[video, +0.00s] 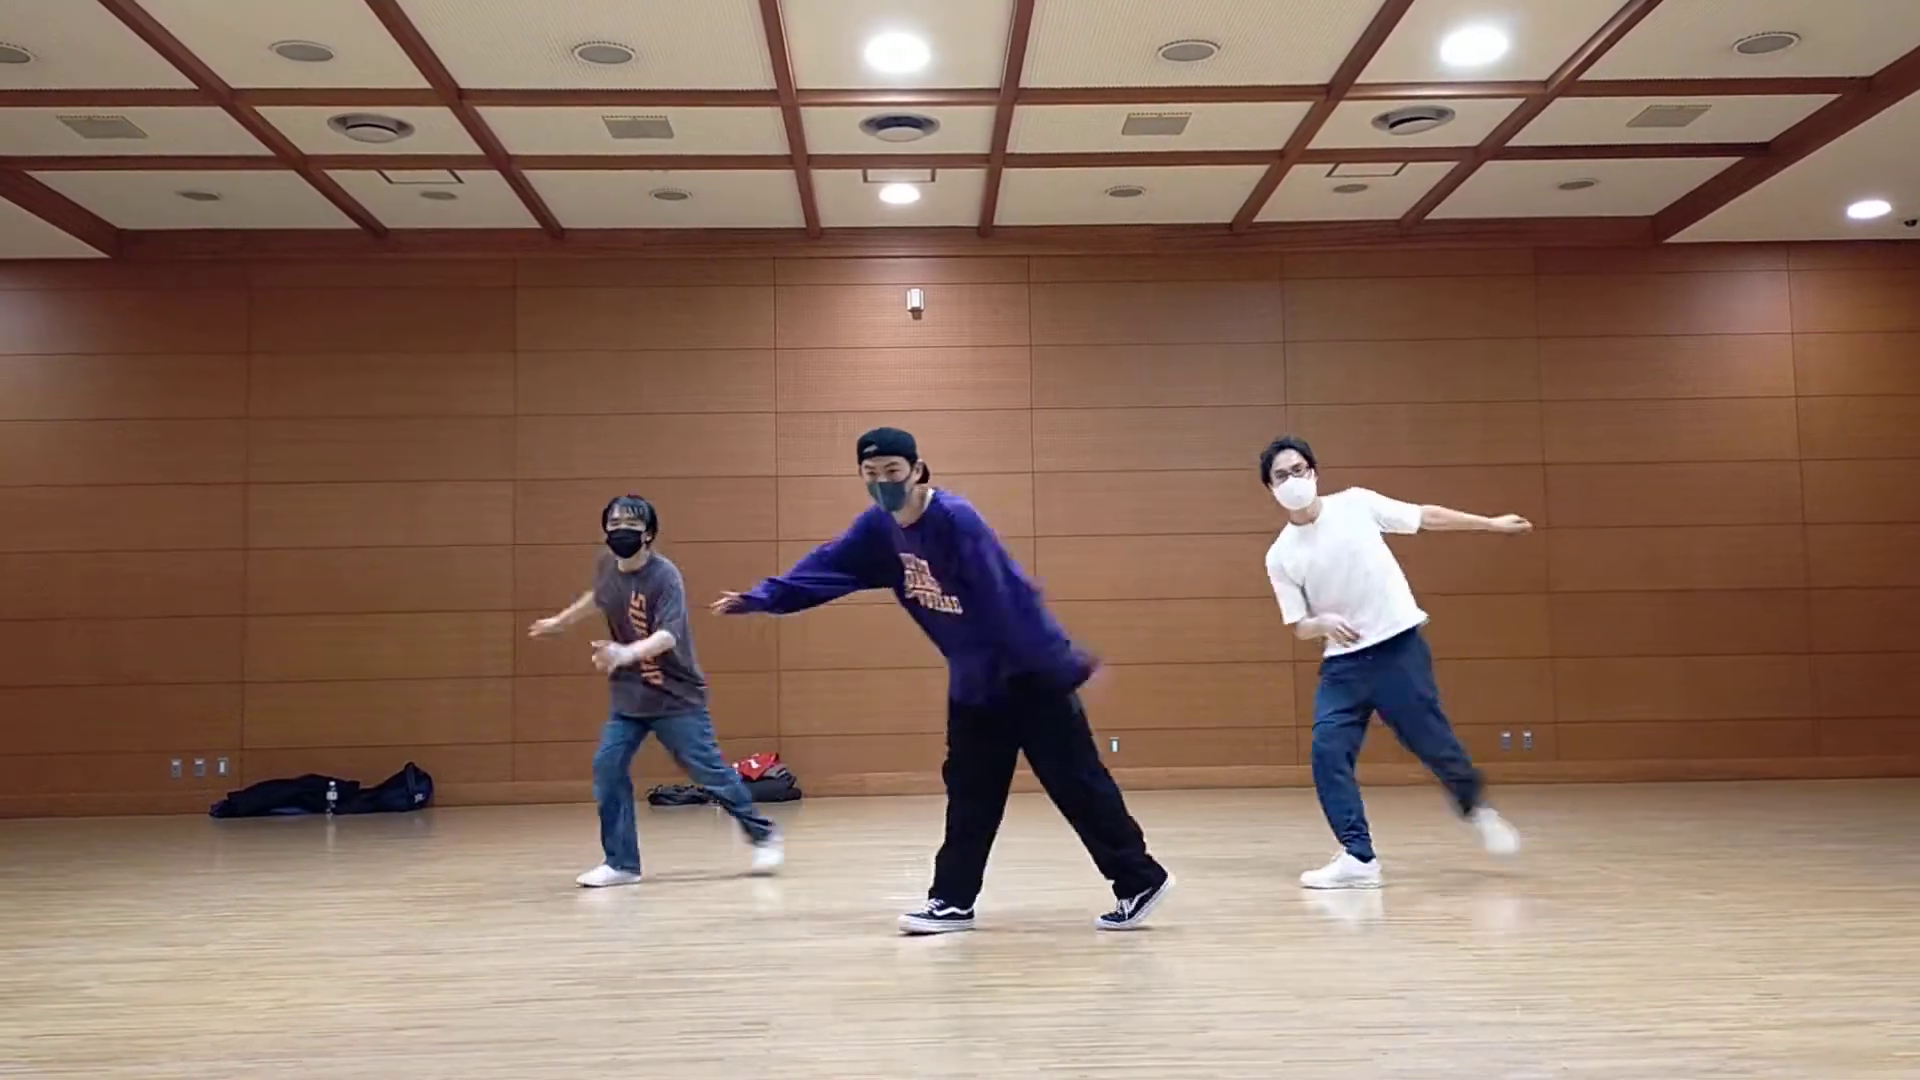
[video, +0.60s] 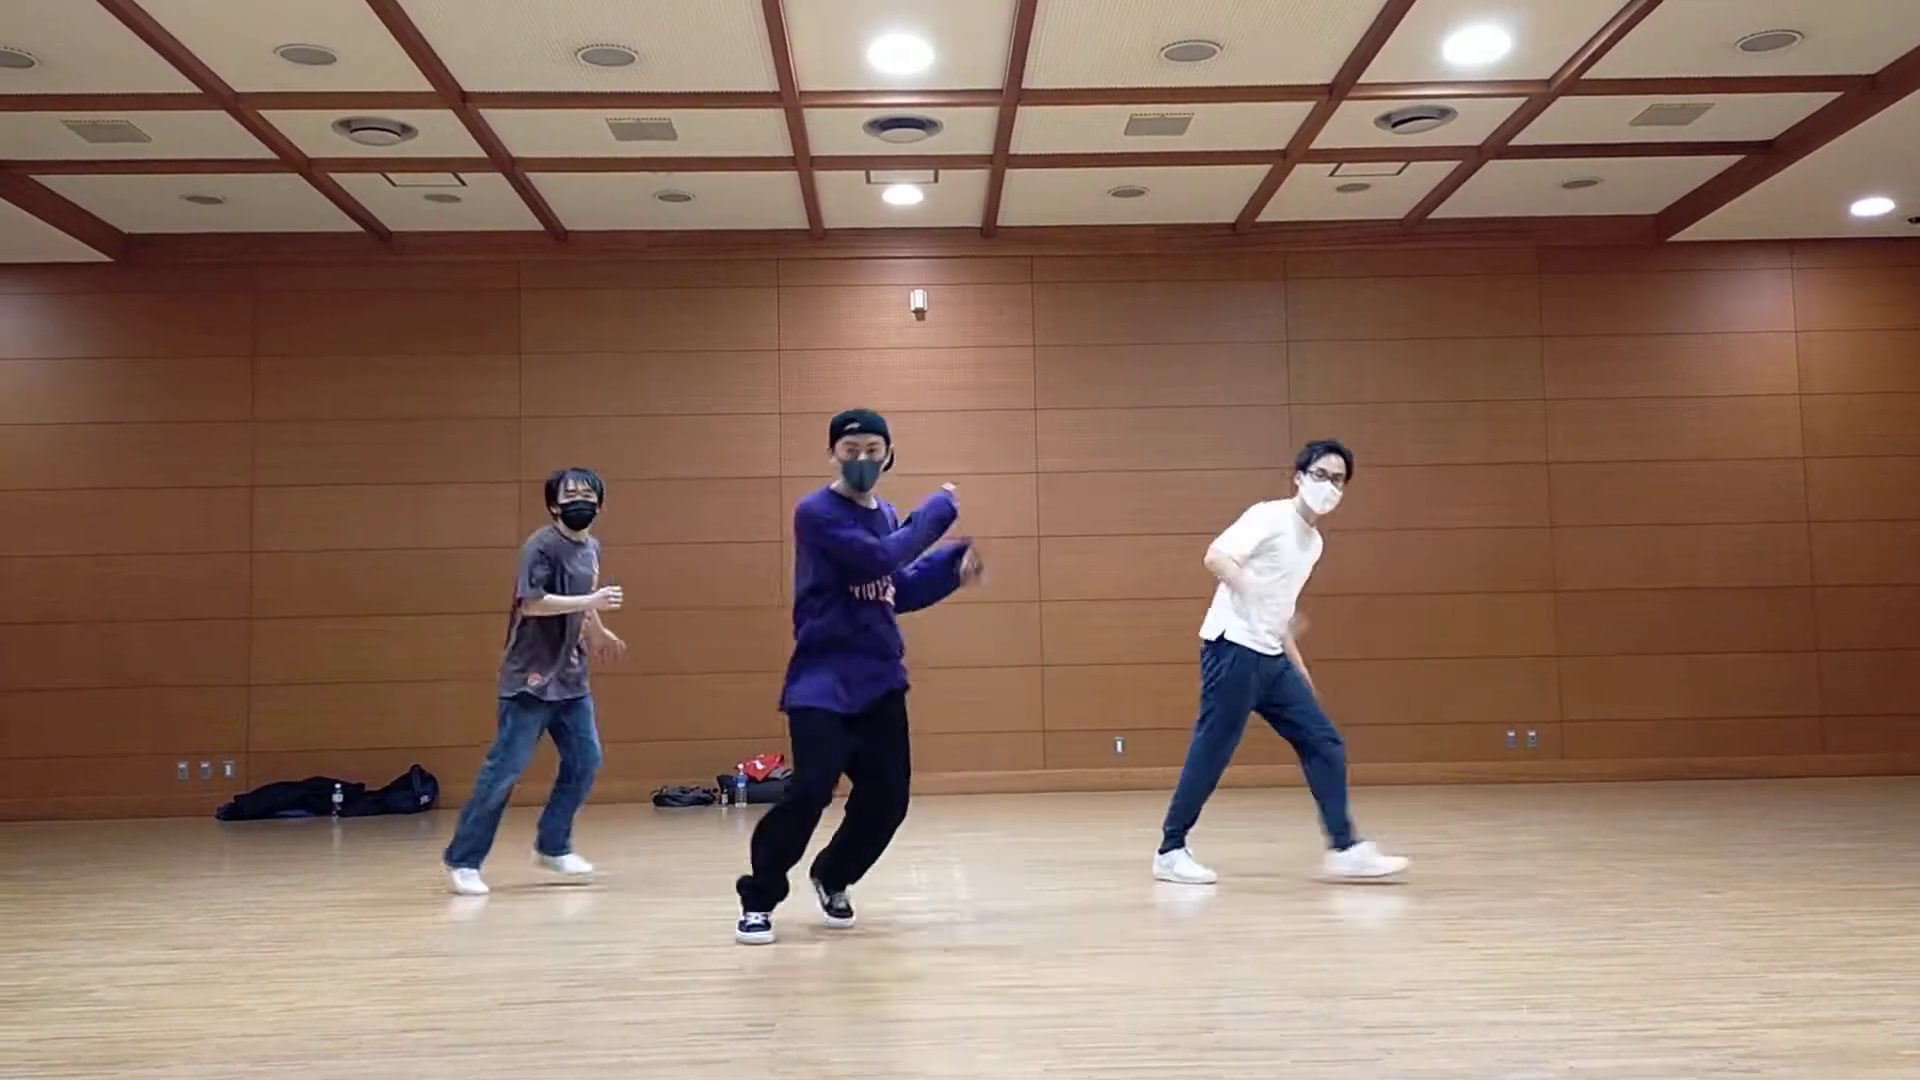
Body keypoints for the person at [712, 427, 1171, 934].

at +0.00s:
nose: (882, 482)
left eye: (891, 471)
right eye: (872, 475)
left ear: (917, 470)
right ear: (865, 480)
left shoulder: (954, 520)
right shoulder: (878, 530)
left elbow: (1005, 597)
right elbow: (826, 569)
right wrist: (761, 598)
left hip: (1026, 669)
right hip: (973, 677)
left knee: (1076, 779)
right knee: (971, 787)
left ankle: (1140, 879)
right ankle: (953, 900)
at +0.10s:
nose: (864, 483)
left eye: (873, 472)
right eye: (854, 476)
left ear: (901, 469)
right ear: (847, 480)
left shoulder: (954, 512)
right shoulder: (853, 538)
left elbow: (1038, 536)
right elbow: (792, 582)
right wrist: (725, 608)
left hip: (1005, 663)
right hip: (942, 675)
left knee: (1024, 773)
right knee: (947, 784)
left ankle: (1105, 858)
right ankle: (955, 899)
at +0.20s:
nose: (853, 478)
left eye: (863, 467)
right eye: (843, 471)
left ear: (890, 468)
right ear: (835, 480)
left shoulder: (949, 497)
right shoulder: (841, 547)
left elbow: (1027, 484)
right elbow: (789, 594)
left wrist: (1096, 474)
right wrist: (734, 607)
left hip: (981, 659)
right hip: (914, 674)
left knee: (973, 773)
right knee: (913, 786)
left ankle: (992, 818)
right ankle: (956, 897)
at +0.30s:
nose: (848, 482)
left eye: (857, 470)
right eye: (837, 475)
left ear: (880, 470)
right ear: (827, 485)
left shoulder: (935, 496)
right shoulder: (832, 555)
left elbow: (1005, 469)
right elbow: (796, 618)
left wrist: (1069, 436)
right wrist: (760, 587)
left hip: (951, 665)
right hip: (886, 677)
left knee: (937, 800)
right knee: (879, 786)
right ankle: (940, 883)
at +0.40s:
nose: (845, 486)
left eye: (855, 475)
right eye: (834, 477)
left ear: (876, 479)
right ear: (822, 486)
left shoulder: (921, 519)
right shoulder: (821, 550)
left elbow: (982, 510)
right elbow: (827, 619)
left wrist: (1023, 452)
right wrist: (824, 549)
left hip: (921, 686)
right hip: (856, 687)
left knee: (888, 813)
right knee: (847, 787)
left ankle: (823, 883)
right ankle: (876, 872)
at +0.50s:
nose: (851, 480)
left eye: (861, 471)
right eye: (840, 471)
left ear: (879, 476)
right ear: (823, 478)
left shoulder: (901, 530)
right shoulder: (812, 539)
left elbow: (951, 565)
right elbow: (851, 592)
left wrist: (983, 507)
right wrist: (894, 518)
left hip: (898, 694)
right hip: (837, 690)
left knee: (879, 819)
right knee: (834, 776)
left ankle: (825, 890)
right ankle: (792, 886)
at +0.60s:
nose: (862, 456)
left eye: (872, 449)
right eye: (851, 448)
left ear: (886, 459)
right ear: (834, 455)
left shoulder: (888, 519)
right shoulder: (816, 511)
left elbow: (900, 595)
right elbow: (876, 558)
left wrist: (950, 570)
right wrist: (937, 510)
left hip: (880, 678)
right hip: (821, 675)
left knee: (885, 800)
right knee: (813, 787)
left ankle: (831, 876)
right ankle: (758, 898)